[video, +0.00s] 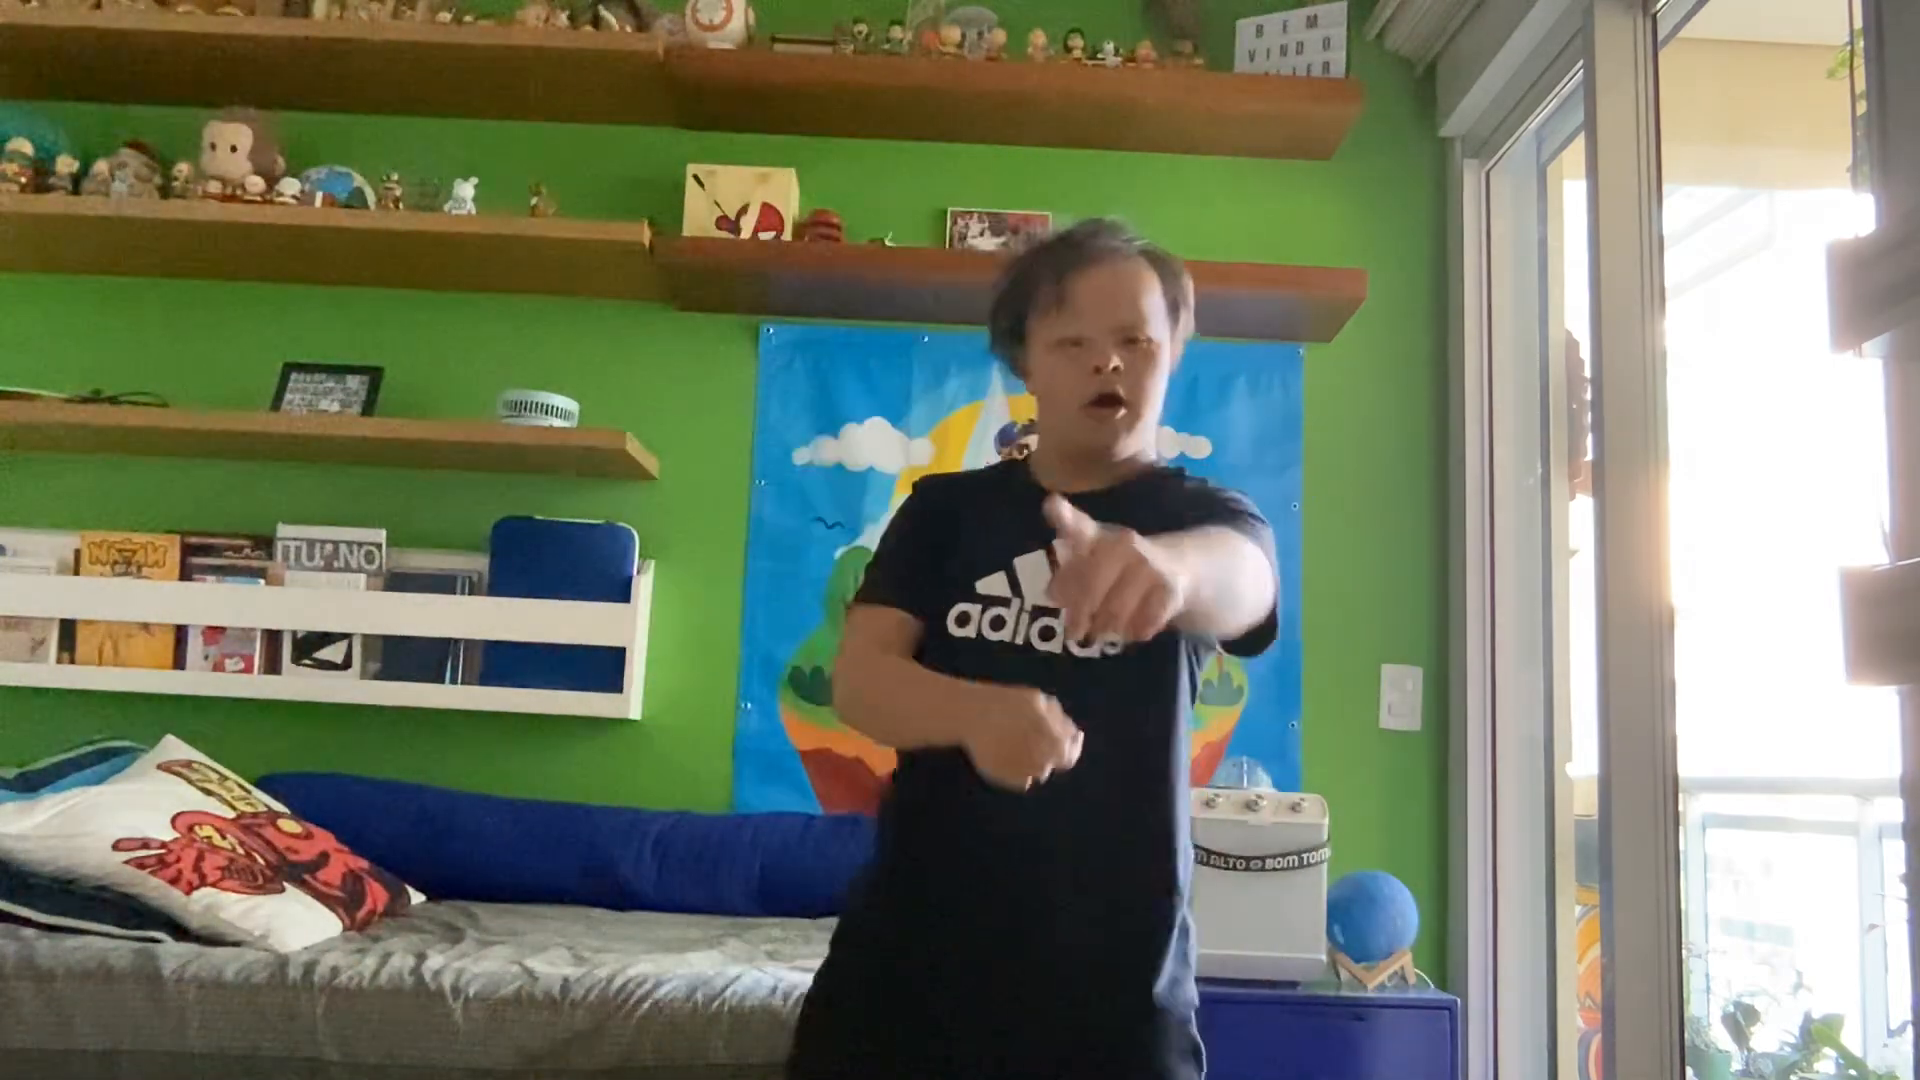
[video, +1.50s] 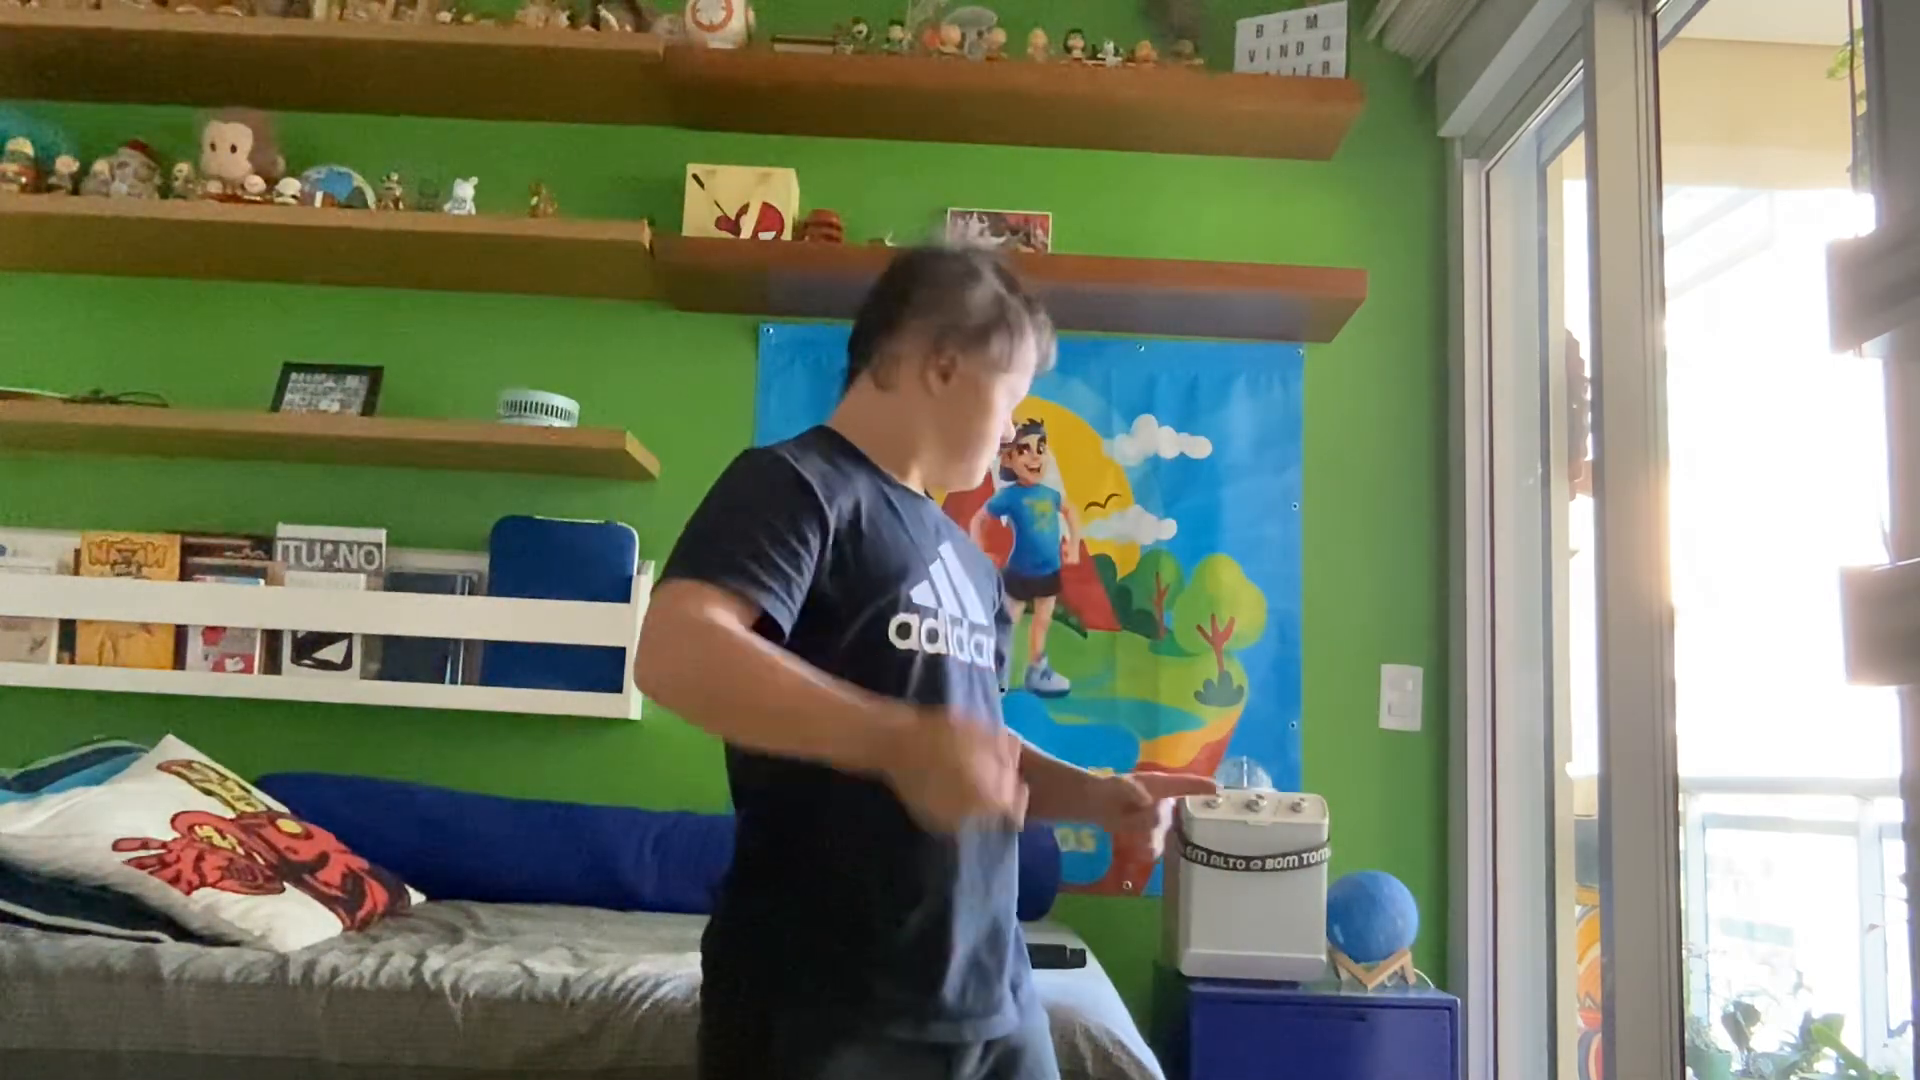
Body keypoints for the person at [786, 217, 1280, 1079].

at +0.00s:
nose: (1107, 366)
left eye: (1134, 341)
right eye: (1071, 343)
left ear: (1173, 360)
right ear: (1024, 364)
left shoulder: (1206, 517)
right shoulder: (943, 509)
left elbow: (1241, 576)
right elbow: (861, 680)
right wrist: (974, 714)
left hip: (1113, 969)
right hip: (923, 957)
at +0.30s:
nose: (1058, 389)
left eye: (1084, 365)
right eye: (1024, 366)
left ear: (1121, 380)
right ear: (976, 380)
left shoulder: (1126, 509)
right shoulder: (910, 526)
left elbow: (1144, 504)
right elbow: (788, 640)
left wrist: (1131, 502)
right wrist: (923, 580)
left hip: (1076, 941)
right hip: (898, 935)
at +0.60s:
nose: (991, 377)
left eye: (1018, 353)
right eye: (958, 354)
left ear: (1055, 366)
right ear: (910, 368)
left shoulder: (1084, 507)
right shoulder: (841, 513)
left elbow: (1090, 603)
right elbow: (713, 625)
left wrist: (1030, 642)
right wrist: (869, 592)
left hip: (999, 963)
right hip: (810, 950)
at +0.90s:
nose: (970, 376)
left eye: (994, 353)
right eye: (937, 347)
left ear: (1019, 375)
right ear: (873, 351)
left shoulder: (1048, 541)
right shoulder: (789, 475)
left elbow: (1081, 733)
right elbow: (679, 562)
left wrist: (1002, 784)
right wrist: (873, 533)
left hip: (996, 997)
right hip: (796, 982)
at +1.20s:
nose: (991, 402)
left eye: (1001, 384)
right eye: (971, 375)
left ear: (1010, 391)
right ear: (873, 350)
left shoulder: (951, 531)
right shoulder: (793, 464)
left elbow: (971, 709)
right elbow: (721, 563)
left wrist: (1032, 775)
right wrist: (928, 565)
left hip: (986, 988)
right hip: (826, 990)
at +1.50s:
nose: (1012, 433)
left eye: (1019, 406)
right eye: (1012, 398)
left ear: (947, 370)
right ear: (941, 365)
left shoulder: (969, 559)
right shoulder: (794, 484)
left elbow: (957, 743)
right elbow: (676, 647)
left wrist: (1098, 797)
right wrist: (899, 742)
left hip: (993, 1008)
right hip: (828, 1012)